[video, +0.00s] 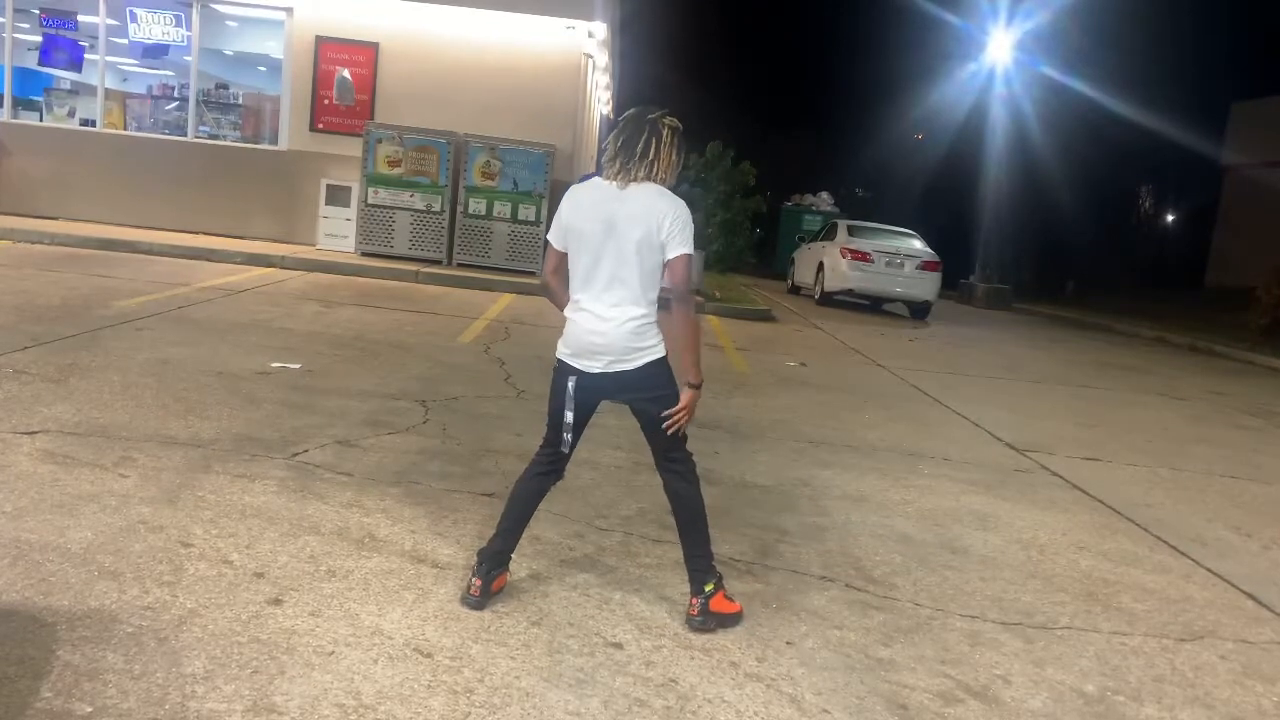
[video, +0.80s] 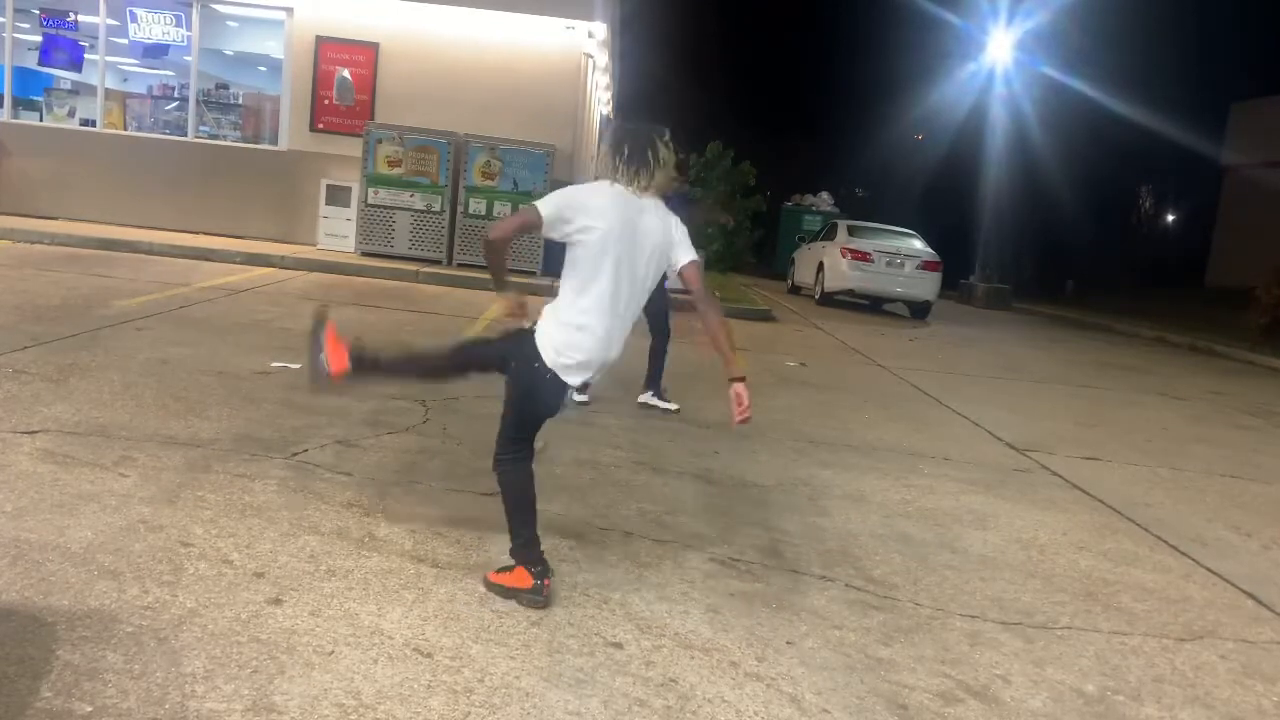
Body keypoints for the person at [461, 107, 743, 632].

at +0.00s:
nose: (675, 161)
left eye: (675, 153)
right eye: (673, 152)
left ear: (615, 145)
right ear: (662, 152)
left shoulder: (576, 196)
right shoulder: (670, 208)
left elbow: (552, 275)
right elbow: (678, 298)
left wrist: (584, 316)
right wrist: (692, 380)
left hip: (578, 359)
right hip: (645, 362)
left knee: (548, 461)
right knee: (677, 468)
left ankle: (486, 571)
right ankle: (705, 591)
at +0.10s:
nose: (675, 160)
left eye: (675, 152)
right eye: (673, 151)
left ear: (615, 146)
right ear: (663, 152)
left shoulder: (578, 197)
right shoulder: (672, 205)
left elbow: (551, 276)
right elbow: (698, 289)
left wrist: (584, 318)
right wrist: (726, 366)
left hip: (579, 359)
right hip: (643, 361)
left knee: (548, 459)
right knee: (677, 465)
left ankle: (486, 571)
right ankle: (705, 590)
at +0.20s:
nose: (673, 164)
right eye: (671, 155)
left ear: (613, 150)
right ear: (662, 157)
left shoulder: (582, 204)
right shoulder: (673, 204)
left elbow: (553, 283)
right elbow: (728, 261)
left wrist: (588, 323)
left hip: (584, 362)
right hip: (648, 363)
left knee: (550, 460)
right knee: (683, 465)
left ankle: (486, 570)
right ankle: (707, 593)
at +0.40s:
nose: (663, 169)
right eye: (661, 160)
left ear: (606, 150)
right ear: (653, 161)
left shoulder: (562, 198)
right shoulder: (657, 213)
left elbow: (540, 281)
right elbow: (715, 267)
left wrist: (567, 319)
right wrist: (787, 306)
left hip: (571, 362)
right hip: (637, 361)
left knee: (543, 460)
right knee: (669, 462)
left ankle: (514, 575)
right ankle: (706, 585)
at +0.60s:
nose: (597, 157)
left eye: (601, 150)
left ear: (607, 154)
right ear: (653, 161)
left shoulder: (583, 199)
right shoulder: (668, 220)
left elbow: (502, 252)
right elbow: (656, 316)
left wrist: (532, 300)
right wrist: (627, 365)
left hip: (553, 347)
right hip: (600, 361)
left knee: (520, 454)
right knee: (499, 394)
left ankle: (528, 572)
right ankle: (424, 433)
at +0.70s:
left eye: (606, 157)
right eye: (671, 173)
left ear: (610, 164)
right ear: (661, 175)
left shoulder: (584, 207)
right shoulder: (667, 234)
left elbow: (491, 237)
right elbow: (692, 311)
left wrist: (522, 289)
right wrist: (713, 392)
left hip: (537, 358)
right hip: (571, 365)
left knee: (505, 455)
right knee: (463, 324)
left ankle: (526, 568)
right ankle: (349, 311)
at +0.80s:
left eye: (610, 147)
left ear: (612, 154)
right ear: (662, 168)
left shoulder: (585, 197)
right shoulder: (668, 222)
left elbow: (497, 237)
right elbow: (703, 298)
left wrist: (506, 293)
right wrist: (735, 374)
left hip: (551, 351)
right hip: (579, 356)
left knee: (513, 453)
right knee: (467, 353)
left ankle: (530, 570)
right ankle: (351, 362)